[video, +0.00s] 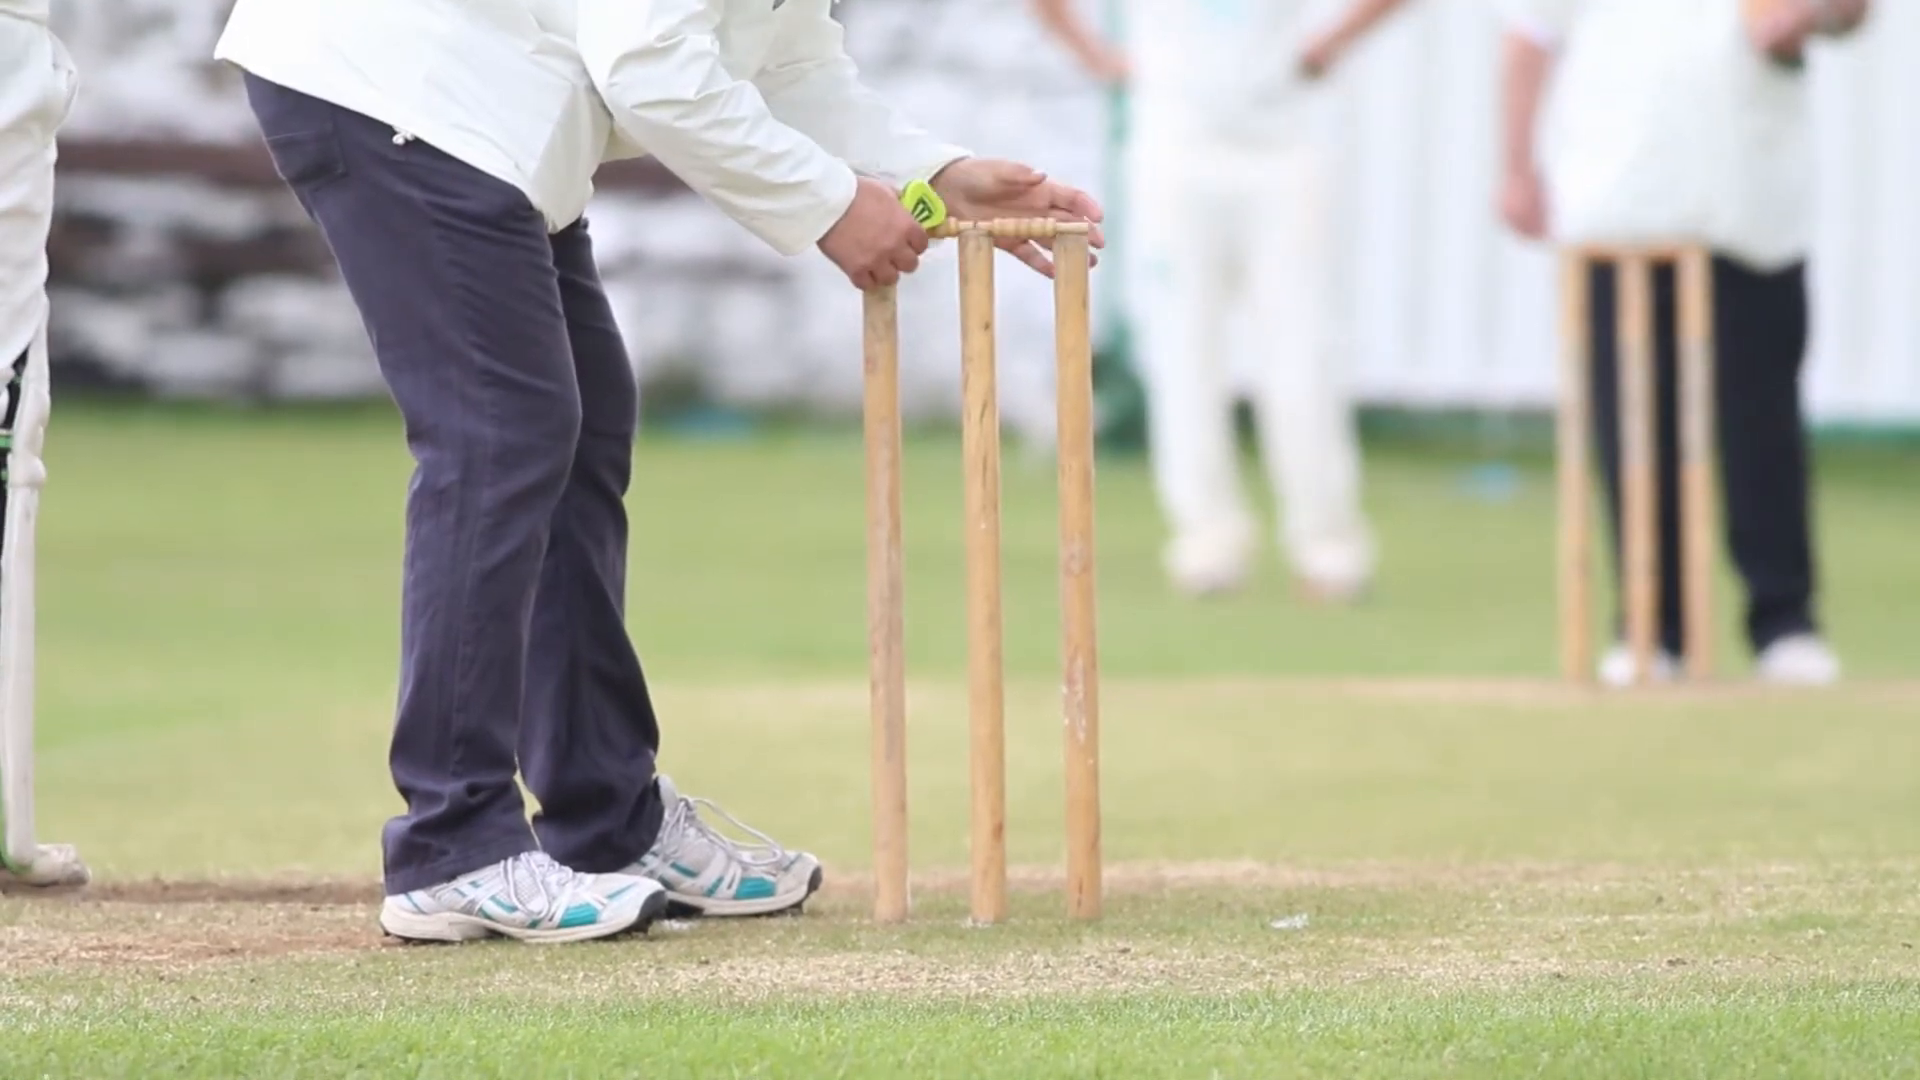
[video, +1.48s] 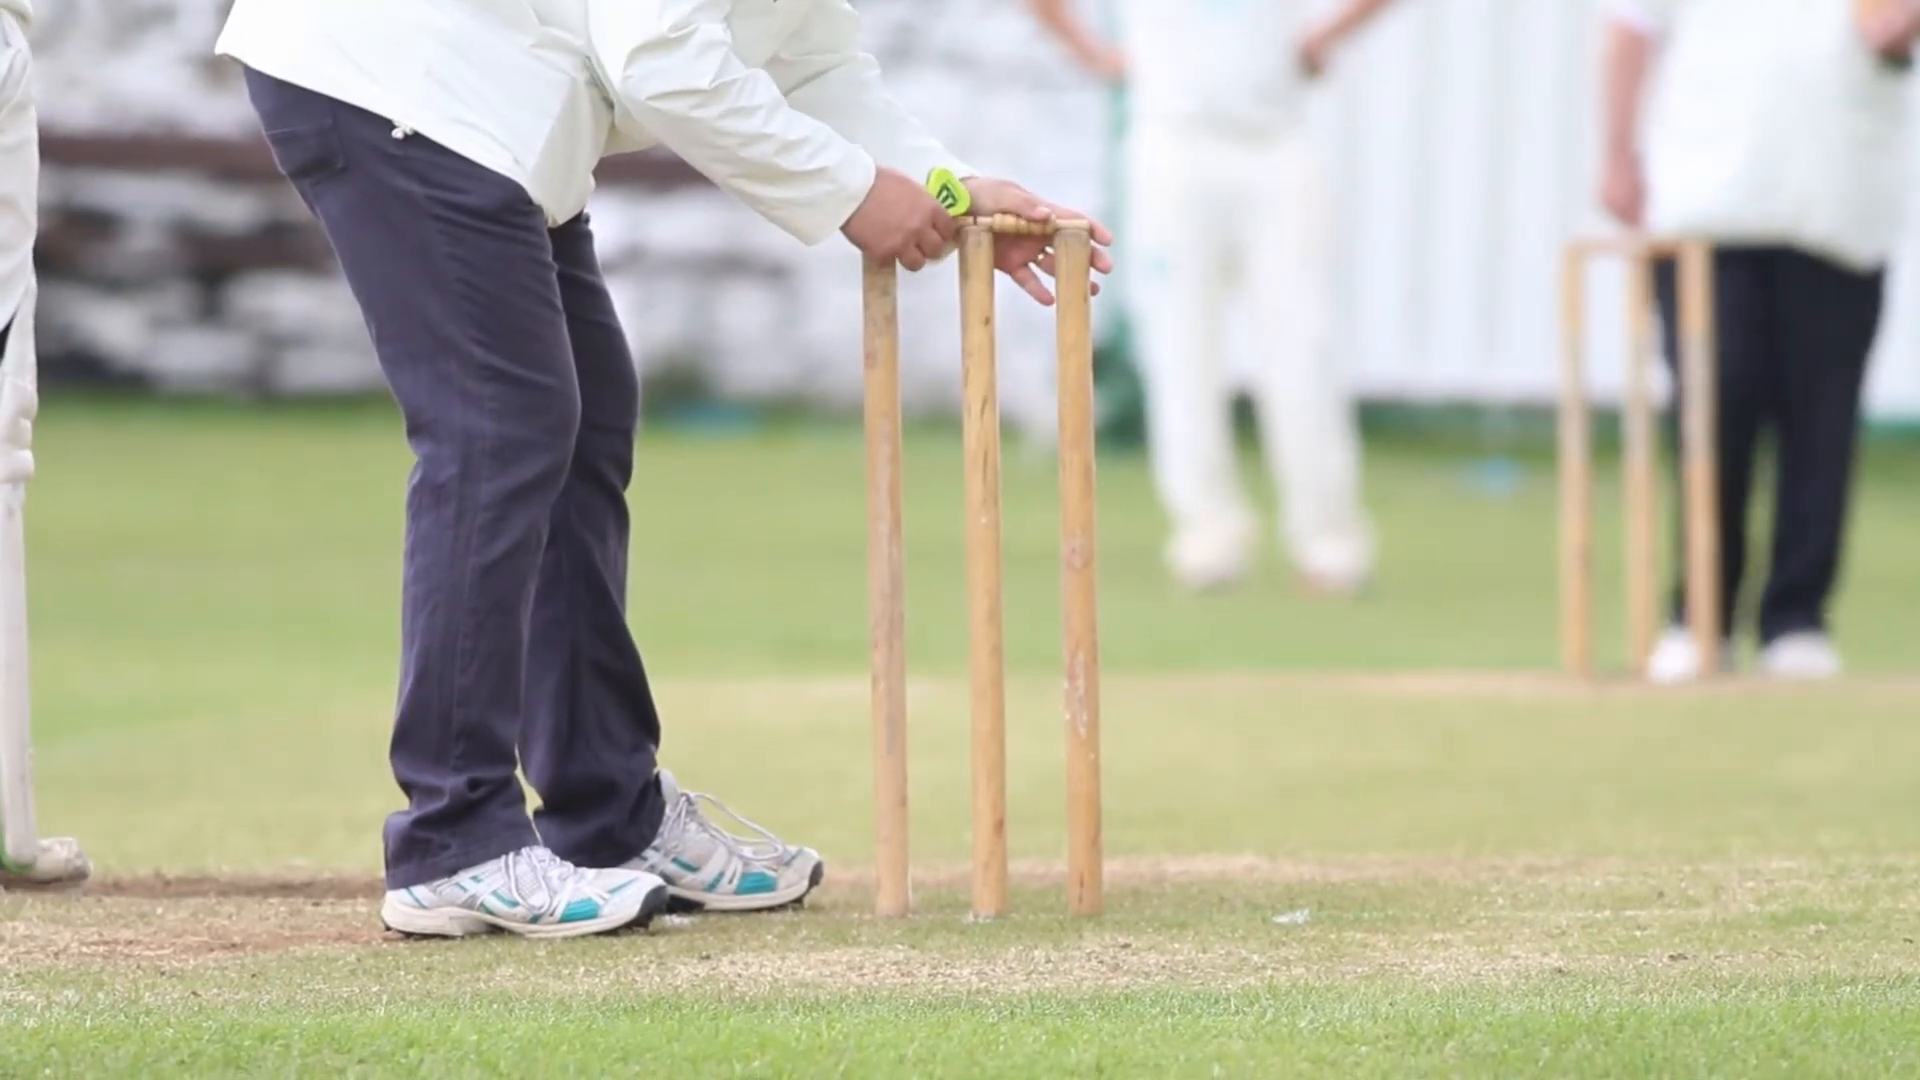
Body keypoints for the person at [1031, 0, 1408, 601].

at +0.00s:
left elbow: (1394, 3)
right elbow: (1042, 5)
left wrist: (1328, 46)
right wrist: (1098, 54)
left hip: (1289, 114)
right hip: (1170, 113)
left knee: (1300, 336)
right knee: (1178, 338)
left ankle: (1327, 543)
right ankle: (1208, 540)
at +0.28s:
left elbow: (1391, 4)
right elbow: (1040, 4)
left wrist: (1327, 43)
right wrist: (1097, 55)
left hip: (1286, 119)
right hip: (1169, 117)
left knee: (1300, 338)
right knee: (1179, 341)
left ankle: (1327, 543)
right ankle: (1208, 540)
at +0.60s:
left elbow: (1389, 4)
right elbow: (1040, 5)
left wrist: (1327, 43)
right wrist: (1098, 55)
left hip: (1286, 120)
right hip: (1169, 120)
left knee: (1300, 341)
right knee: (1178, 344)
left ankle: (1328, 543)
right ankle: (1208, 540)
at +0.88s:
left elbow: (1388, 3)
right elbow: (1039, 5)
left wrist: (1325, 44)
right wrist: (1096, 54)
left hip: (1288, 115)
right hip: (1169, 114)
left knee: (1299, 338)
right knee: (1178, 342)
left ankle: (1328, 544)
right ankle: (1208, 540)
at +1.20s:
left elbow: (1385, 4)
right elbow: (1038, 4)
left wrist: (1322, 43)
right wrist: (1095, 53)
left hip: (1287, 115)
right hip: (1168, 115)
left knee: (1300, 337)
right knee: (1178, 340)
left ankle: (1327, 539)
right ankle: (1208, 536)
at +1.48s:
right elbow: (1037, 4)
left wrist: (1324, 38)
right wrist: (1096, 51)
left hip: (1281, 126)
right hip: (1170, 124)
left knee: (1301, 339)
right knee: (1178, 342)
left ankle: (1327, 538)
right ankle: (1208, 534)